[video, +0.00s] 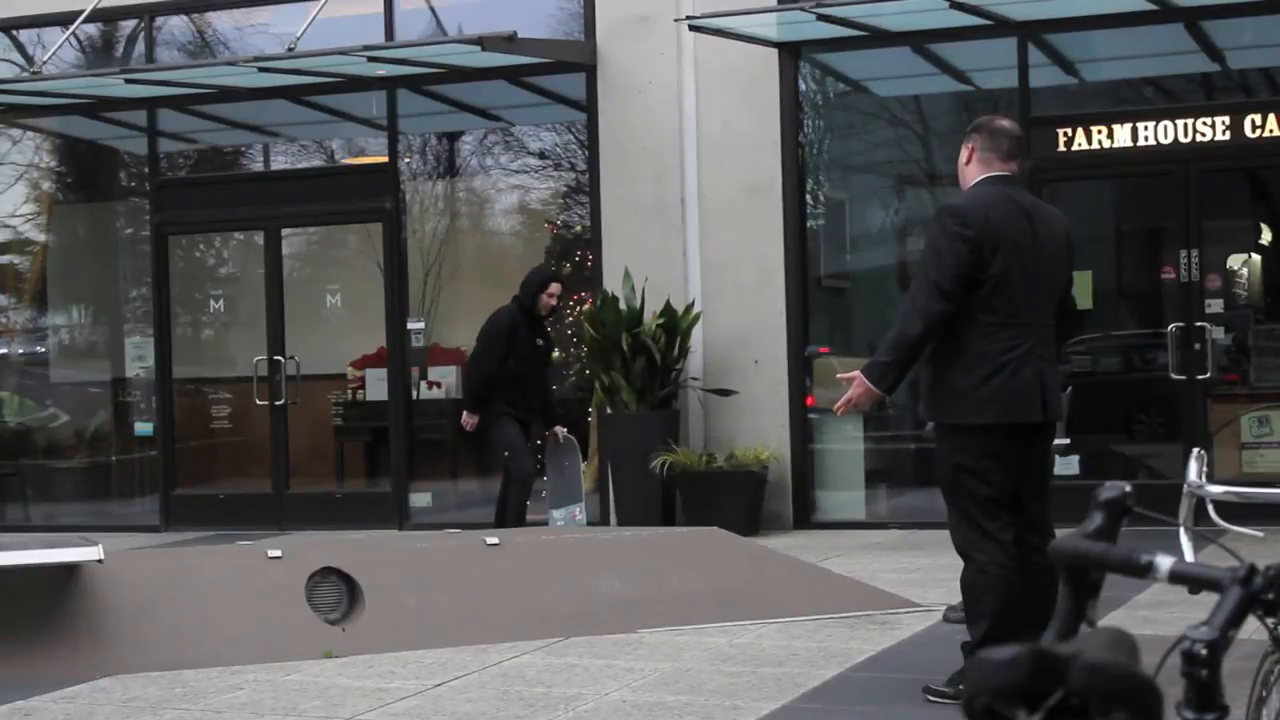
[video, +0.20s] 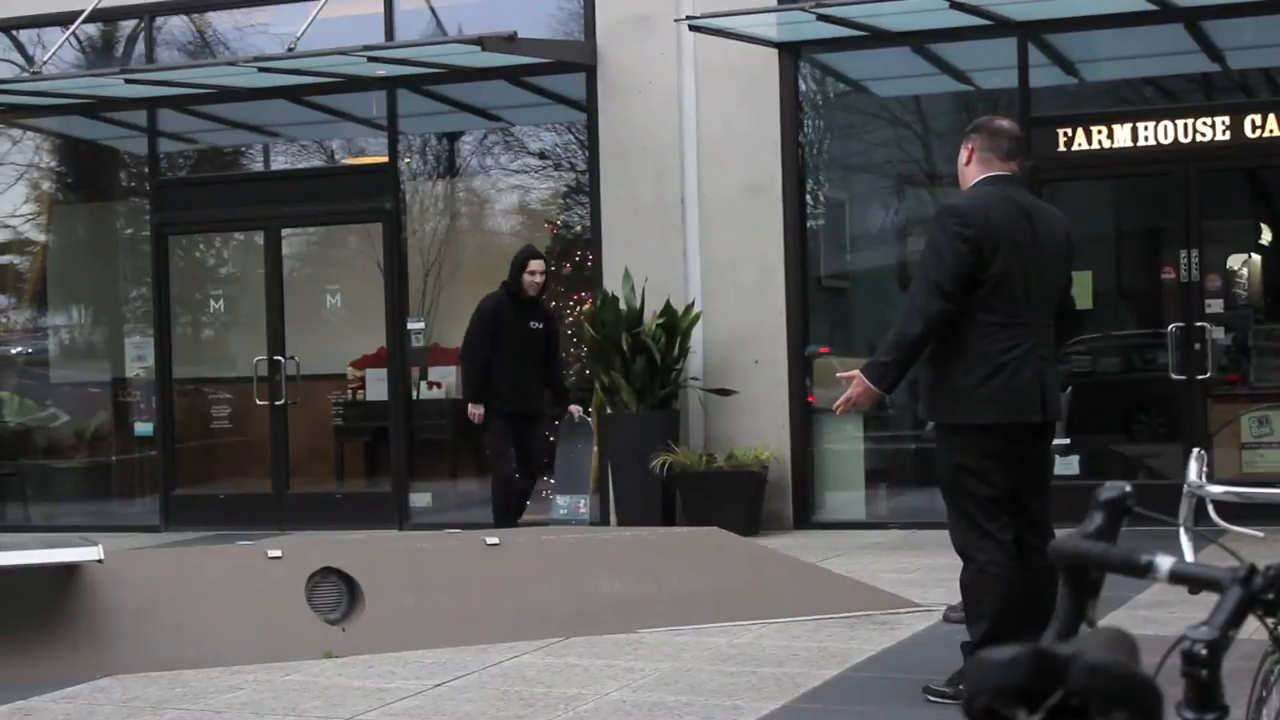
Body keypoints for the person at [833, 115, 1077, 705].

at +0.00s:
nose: (957, 168)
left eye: (959, 159)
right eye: (961, 159)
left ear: (970, 157)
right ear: (1020, 163)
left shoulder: (963, 216)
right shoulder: (1050, 221)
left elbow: (928, 308)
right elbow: (1067, 314)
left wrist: (878, 376)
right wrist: (1025, 353)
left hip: (972, 407)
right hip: (1033, 406)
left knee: (982, 538)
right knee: (1029, 532)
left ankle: (987, 674)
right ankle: (1030, 666)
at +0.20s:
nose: (957, 168)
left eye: (959, 159)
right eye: (960, 160)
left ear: (969, 157)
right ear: (1020, 163)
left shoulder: (963, 215)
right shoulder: (1050, 221)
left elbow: (927, 308)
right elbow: (1066, 316)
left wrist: (877, 376)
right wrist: (1024, 352)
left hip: (972, 407)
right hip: (1033, 407)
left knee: (981, 539)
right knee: (1028, 532)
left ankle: (987, 674)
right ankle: (1031, 667)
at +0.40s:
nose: (957, 166)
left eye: (959, 157)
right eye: (961, 158)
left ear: (970, 155)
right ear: (1020, 163)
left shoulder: (963, 215)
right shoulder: (1049, 220)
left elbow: (928, 307)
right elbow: (1065, 316)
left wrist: (877, 375)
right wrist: (1022, 349)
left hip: (972, 407)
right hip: (1033, 407)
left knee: (982, 540)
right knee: (1029, 533)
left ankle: (987, 674)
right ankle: (1032, 667)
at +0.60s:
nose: (957, 166)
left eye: (959, 157)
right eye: (961, 158)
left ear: (970, 155)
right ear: (1020, 163)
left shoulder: (963, 216)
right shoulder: (1049, 221)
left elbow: (928, 307)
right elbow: (1065, 317)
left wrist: (879, 375)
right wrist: (1021, 348)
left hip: (973, 407)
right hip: (1033, 407)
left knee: (982, 538)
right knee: (1029, 532)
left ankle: (988, 674)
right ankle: (1031, 666)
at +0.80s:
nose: (957, 166)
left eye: (959, 156)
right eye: (961, 158)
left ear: (970, 155)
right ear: (1020, 163)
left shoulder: (964, 215)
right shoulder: (1050, 222)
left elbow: (929, 307)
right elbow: (1065, 317)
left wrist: (879, 376)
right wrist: (1022, 349)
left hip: (972, 408)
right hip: (1033, 407)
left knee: (981, 538)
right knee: (1029, 531)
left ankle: (988, 674)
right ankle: (1032, 666)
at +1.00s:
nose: (959, 166)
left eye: (961, 157)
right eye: (962, 157)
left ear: (971, 155)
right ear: (1021, 163)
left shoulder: (964, 216)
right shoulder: (1050, 222)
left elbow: (929, 308)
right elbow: (1067, 317)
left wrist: (880, 377)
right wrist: (1024, 351)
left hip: (972, 408)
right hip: (1033, 407)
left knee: (982, 539)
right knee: (1029, 532)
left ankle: (987, 674)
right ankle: (1032, 667)